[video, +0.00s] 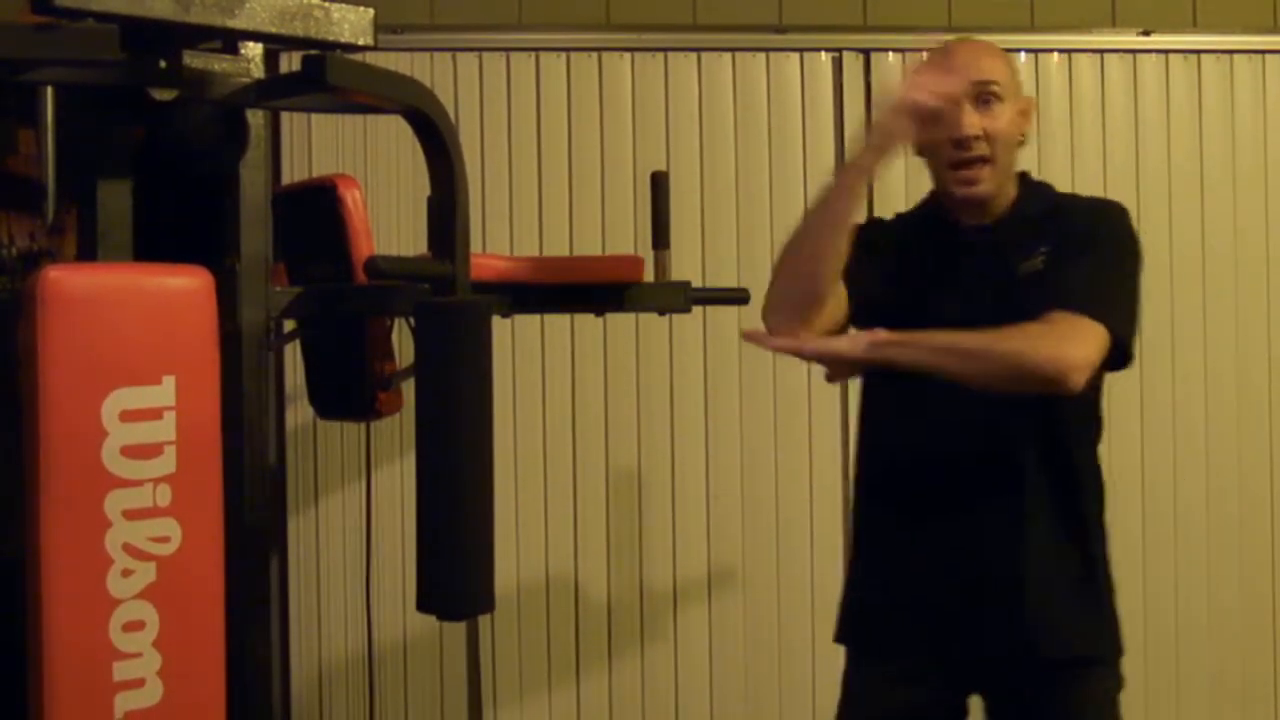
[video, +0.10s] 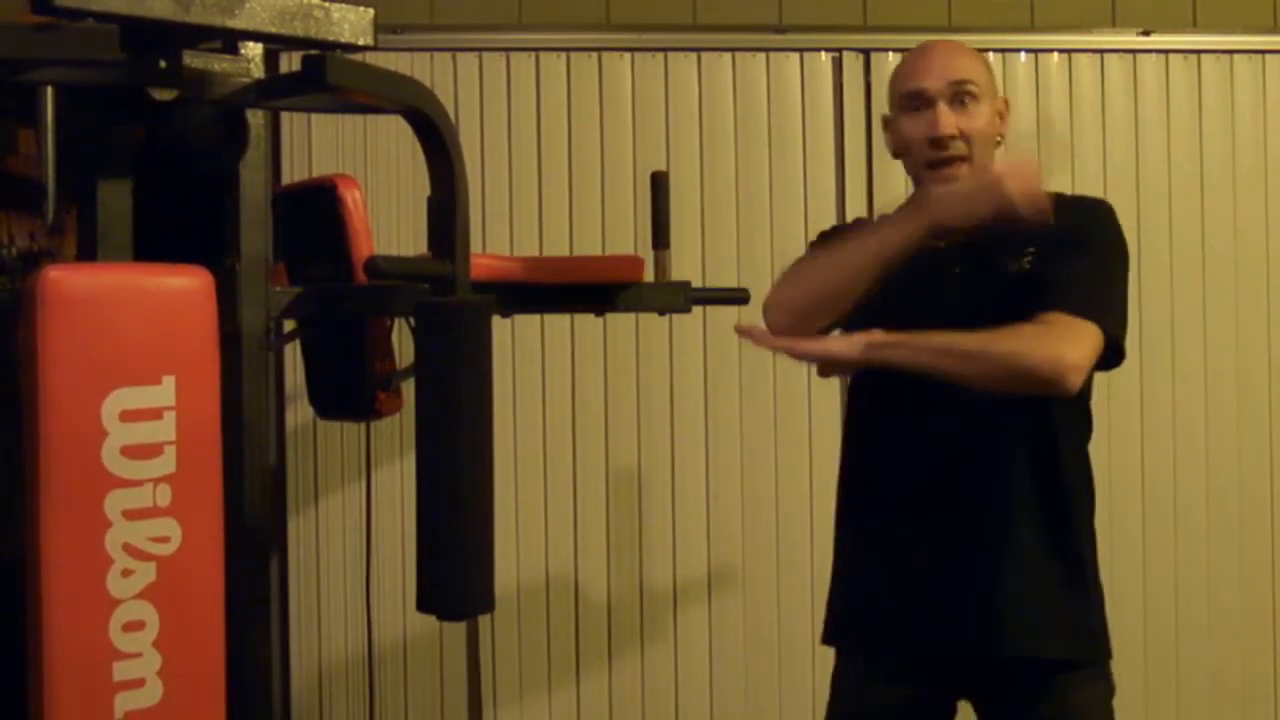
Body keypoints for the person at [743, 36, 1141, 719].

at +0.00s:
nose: (963, 128)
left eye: (985, 99)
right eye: (938, 108)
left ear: (1025, 118)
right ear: (913, 131)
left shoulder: (1090, 229)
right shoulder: (880, 246)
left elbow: (1066, 359)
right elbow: (789, 320)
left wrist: (873, 348)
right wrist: (870, 153)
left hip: (1049, 615)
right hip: (901, 616)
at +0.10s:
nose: (943, 123)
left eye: (963, 99)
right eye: (917, 105)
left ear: (1001, 119)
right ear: (892, 135)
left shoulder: (1077, 227)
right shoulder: (857, 244)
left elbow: (1062, 359)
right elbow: (783, 317)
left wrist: (874, 349)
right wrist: (938, 211)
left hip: (1038, 614)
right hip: (888, 616)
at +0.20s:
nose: (959, 115)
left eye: (980, 90)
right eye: (933, 96)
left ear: (1016, 110)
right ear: (907, 125)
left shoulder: (1086, 230)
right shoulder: (866, 249)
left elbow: (1064, 378)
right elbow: (797, 375)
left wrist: (858, 381)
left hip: (1044, 620)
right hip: (890, 621)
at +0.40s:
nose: (1025, 126)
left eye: (1045, 104)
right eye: (997, 107)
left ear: (1074, 132)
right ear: (961, 143)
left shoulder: (1144, 268)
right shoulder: (906, 272)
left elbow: (1156, 481)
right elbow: (750, 376)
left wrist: (1088, 663)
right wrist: (901, 382)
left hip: (1100, 661)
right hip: (944, 654)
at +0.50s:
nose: (1037, 144)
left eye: (1056, 121)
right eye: (1009, 124)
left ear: (1087, 145)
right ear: (973, 157)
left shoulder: (1162, 278)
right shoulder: (933, 289)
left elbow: (1229, 487)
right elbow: (772, 395)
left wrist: (1262, 672)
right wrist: (905, 277)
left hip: (1128, 667)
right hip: (968, 670)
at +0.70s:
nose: (1089, 139)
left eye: (1098, 113)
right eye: (1059, 119)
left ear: (1115, 116)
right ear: (998, 137)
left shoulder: (1177, 249)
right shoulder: (940, 274)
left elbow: (1255, 430)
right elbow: (859, 468)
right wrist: (880, 342)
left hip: (1140, 643)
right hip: (979, 645)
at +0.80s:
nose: (1078, 135)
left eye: (1085, 108)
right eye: (1047, 116)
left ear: (1100, 112)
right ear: (984, 136)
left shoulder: (1159, 235)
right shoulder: (923, 271)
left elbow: (1227, 424)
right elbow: (878, 445)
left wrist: (1273, 607)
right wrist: (941, 275)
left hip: (1136, 640)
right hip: (975, 644)